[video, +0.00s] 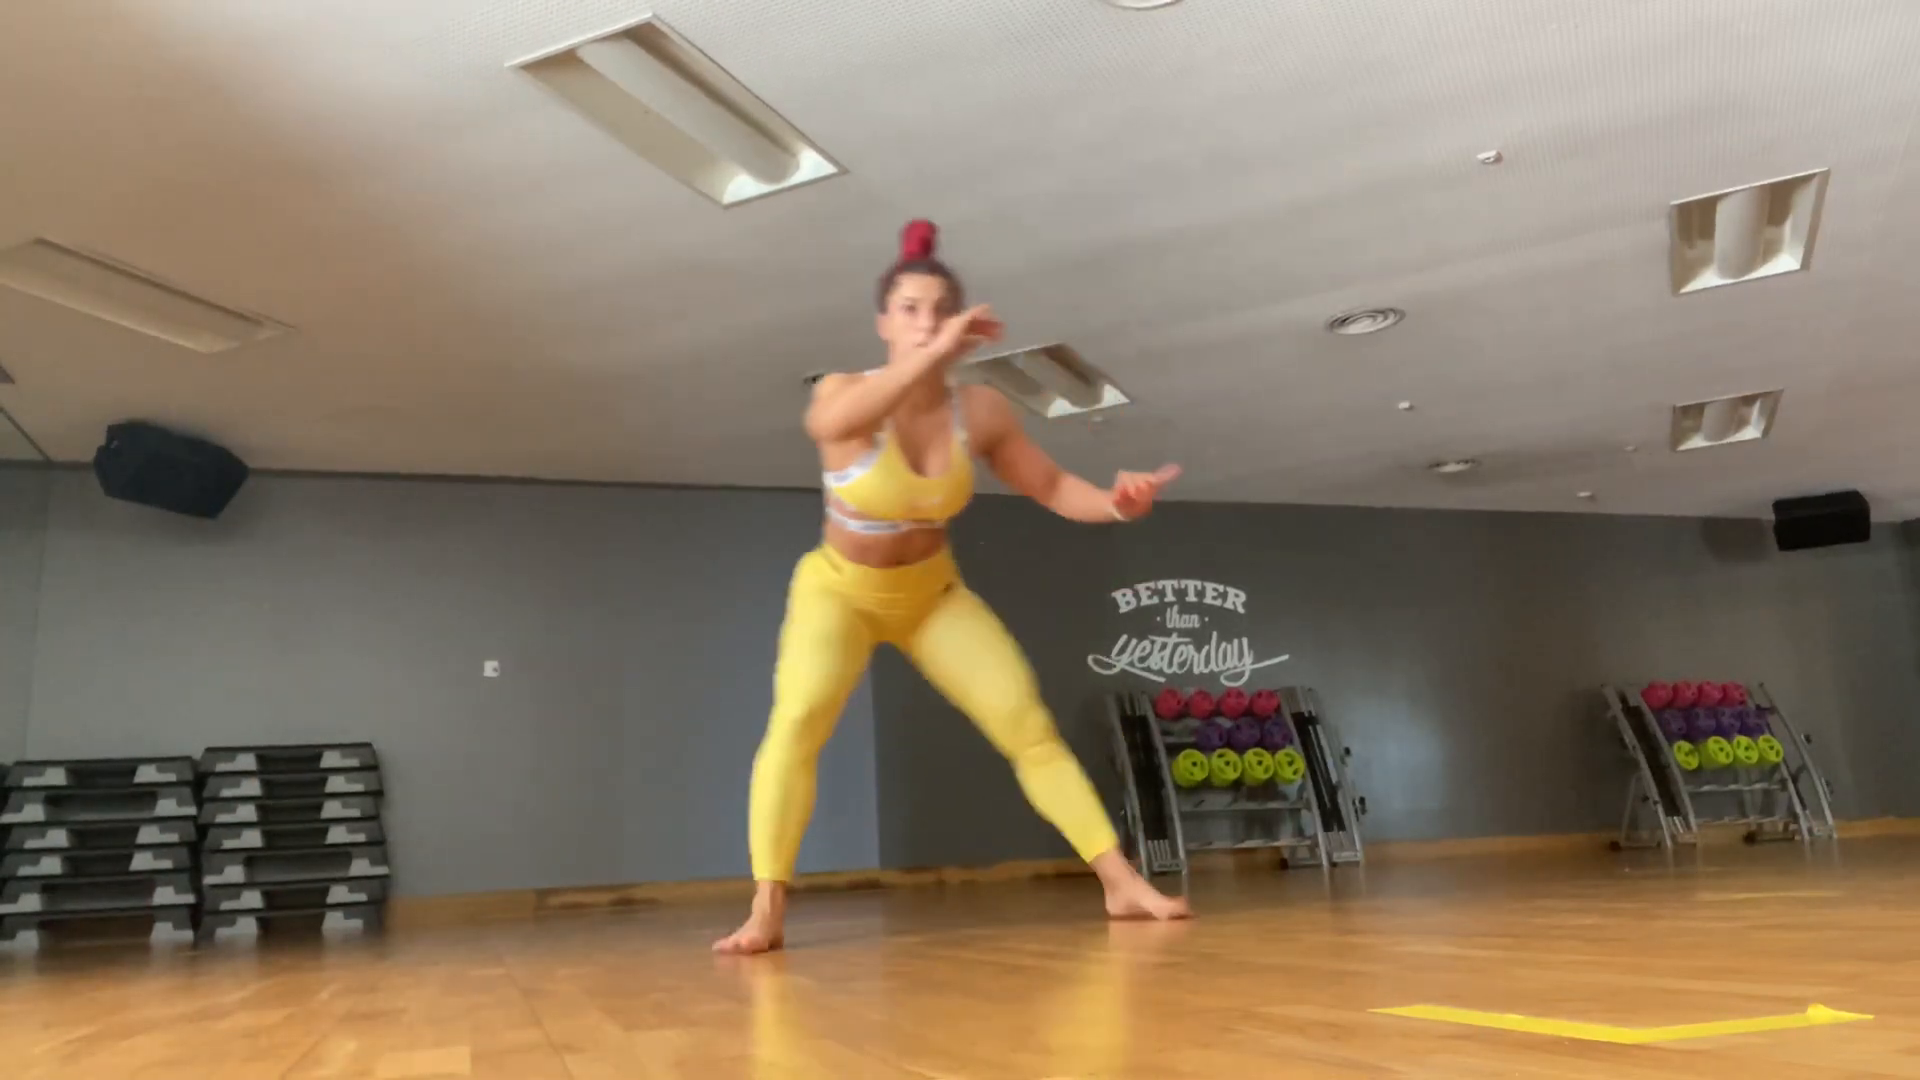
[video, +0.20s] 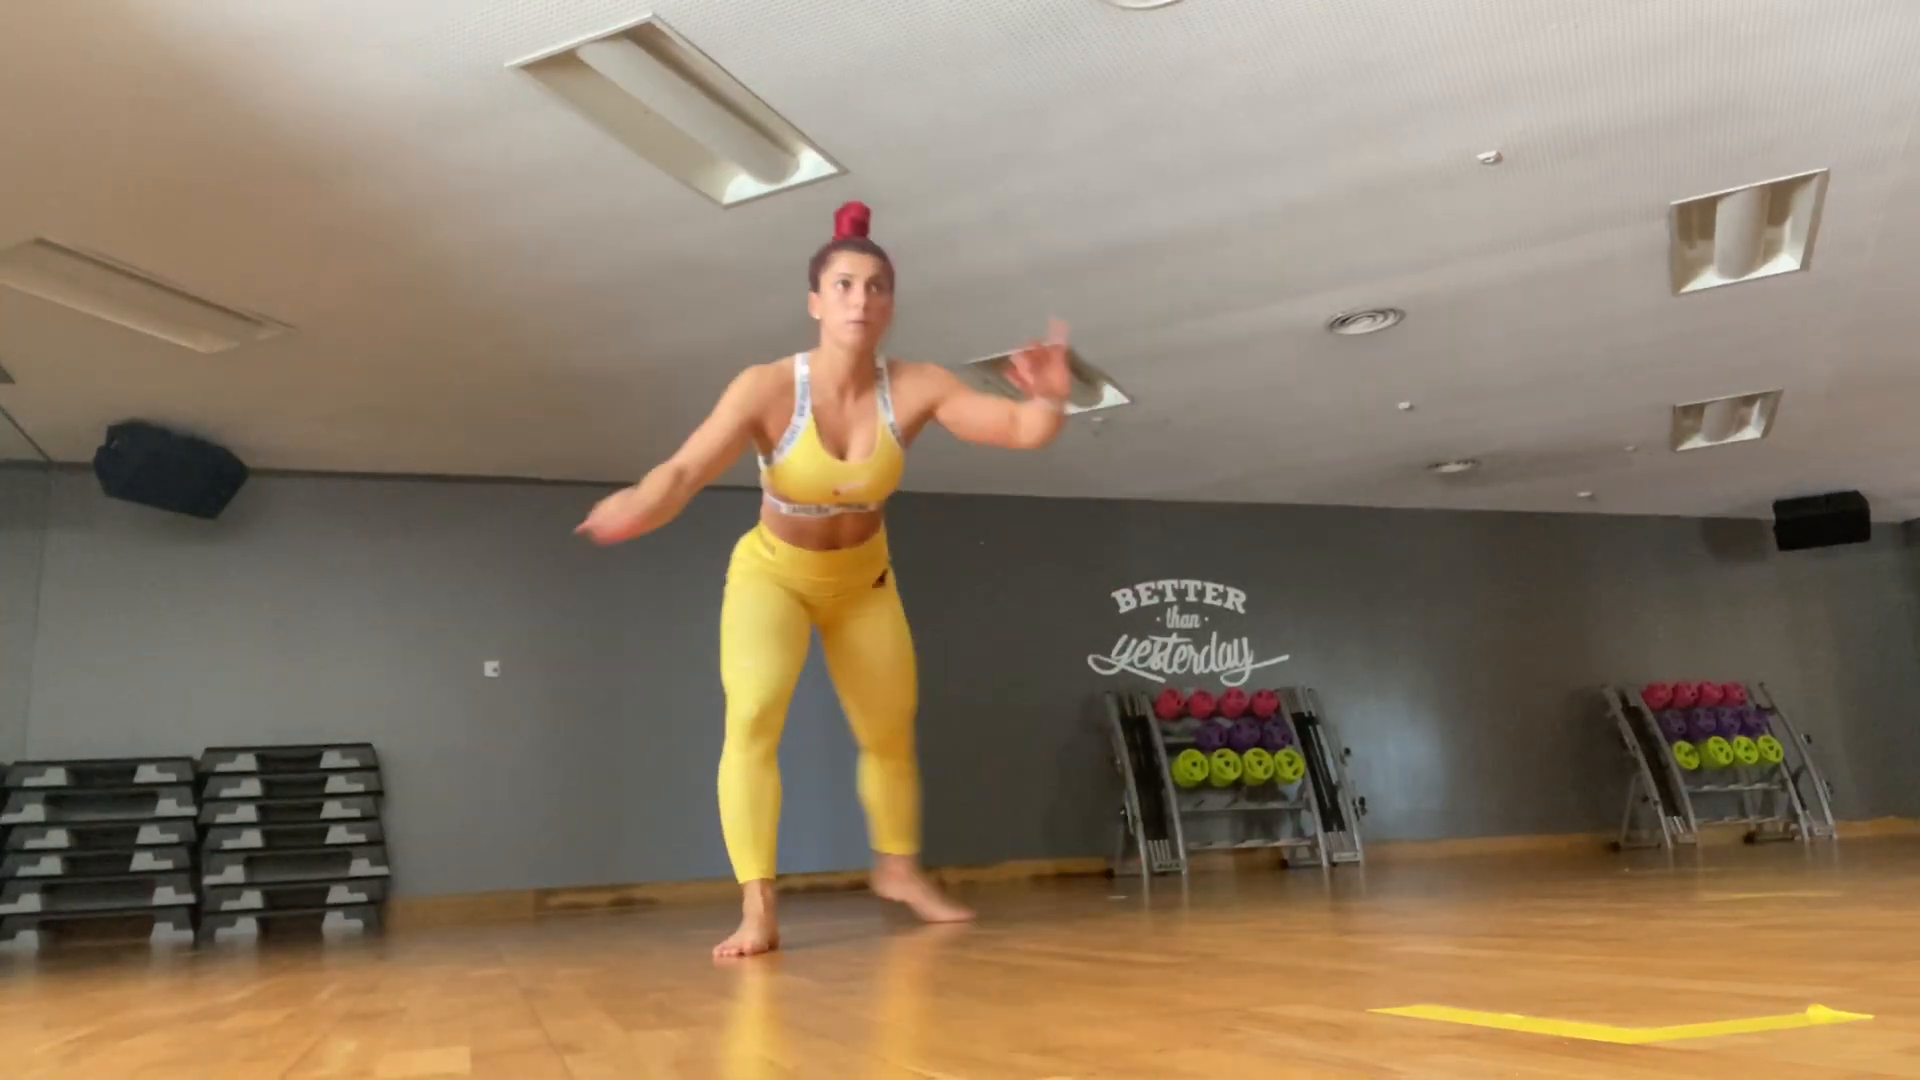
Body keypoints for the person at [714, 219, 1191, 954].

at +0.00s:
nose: (927, 326)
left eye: (941, 312)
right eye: (910, 309)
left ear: (960, 325)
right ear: (881, 321)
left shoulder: (978, 410)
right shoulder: (842, 393)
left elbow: (1051, 486)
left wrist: (1111, 504)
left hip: (934, 594)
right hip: (838, 591)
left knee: (1025, 722)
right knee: (797, 723)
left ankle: (1118, 881)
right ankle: (767, 911)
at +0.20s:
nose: (861, 301)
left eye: (875, 288)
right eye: (844, 285)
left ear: (892, 306)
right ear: (814, 302)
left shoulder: (918, 386)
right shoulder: (767, 389)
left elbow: (1022, 431)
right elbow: (686, 468)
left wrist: (1047, 400)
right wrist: (641, 505)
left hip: (865, 580)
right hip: (772, 575)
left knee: (891, 731)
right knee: (753, 724)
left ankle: (897, 873)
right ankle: (757, 909)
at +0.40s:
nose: (839, 275)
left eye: (853, 265)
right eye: (826, 264)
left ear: (876, 287)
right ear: (803, 283)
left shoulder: (893, 364)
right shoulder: (759, 372)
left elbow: (963, 356)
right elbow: (688, 462)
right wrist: (612, 519)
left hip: (843, 582)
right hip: (763, 564)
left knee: (793, 733)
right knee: (753, 717)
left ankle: (738, 859)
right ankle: (747, 890)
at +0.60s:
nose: (859, 324)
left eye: (869, 314)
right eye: (846, 309)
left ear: (877, 323)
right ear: (812, 313)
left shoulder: (887, 402)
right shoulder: (767, 397)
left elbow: (924, 397)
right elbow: (703, 483)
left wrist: (842, 333)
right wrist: (632, 532)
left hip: (833, 601)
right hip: (761, 583)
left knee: (781, 753)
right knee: (818, 714)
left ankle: (693, 875)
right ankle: (783, 903)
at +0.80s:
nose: (889, 335)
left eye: (904, 322)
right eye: (874, 320)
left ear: (917, 335)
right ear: (847, 336)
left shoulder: (933, 408)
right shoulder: (811, 413)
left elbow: (977, 413)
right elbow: (738, 497)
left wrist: (896, 362)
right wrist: (686, 513)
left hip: (882, 618)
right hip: (809, 600)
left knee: (800, 770)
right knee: (880, 709)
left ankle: (701, 872)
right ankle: (953, 884)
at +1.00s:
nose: (973, 318)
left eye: (986, 305)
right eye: (958, 304)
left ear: (997, 318)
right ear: (926, 316)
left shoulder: (1018, 389)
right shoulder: (897, 400)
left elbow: (1102, 433)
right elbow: (861, 483)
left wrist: (1035, 385)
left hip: (987, 592)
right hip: (910, 579)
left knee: (983, 752)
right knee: (943, 704)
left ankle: (874, 840)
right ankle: (965, 895)